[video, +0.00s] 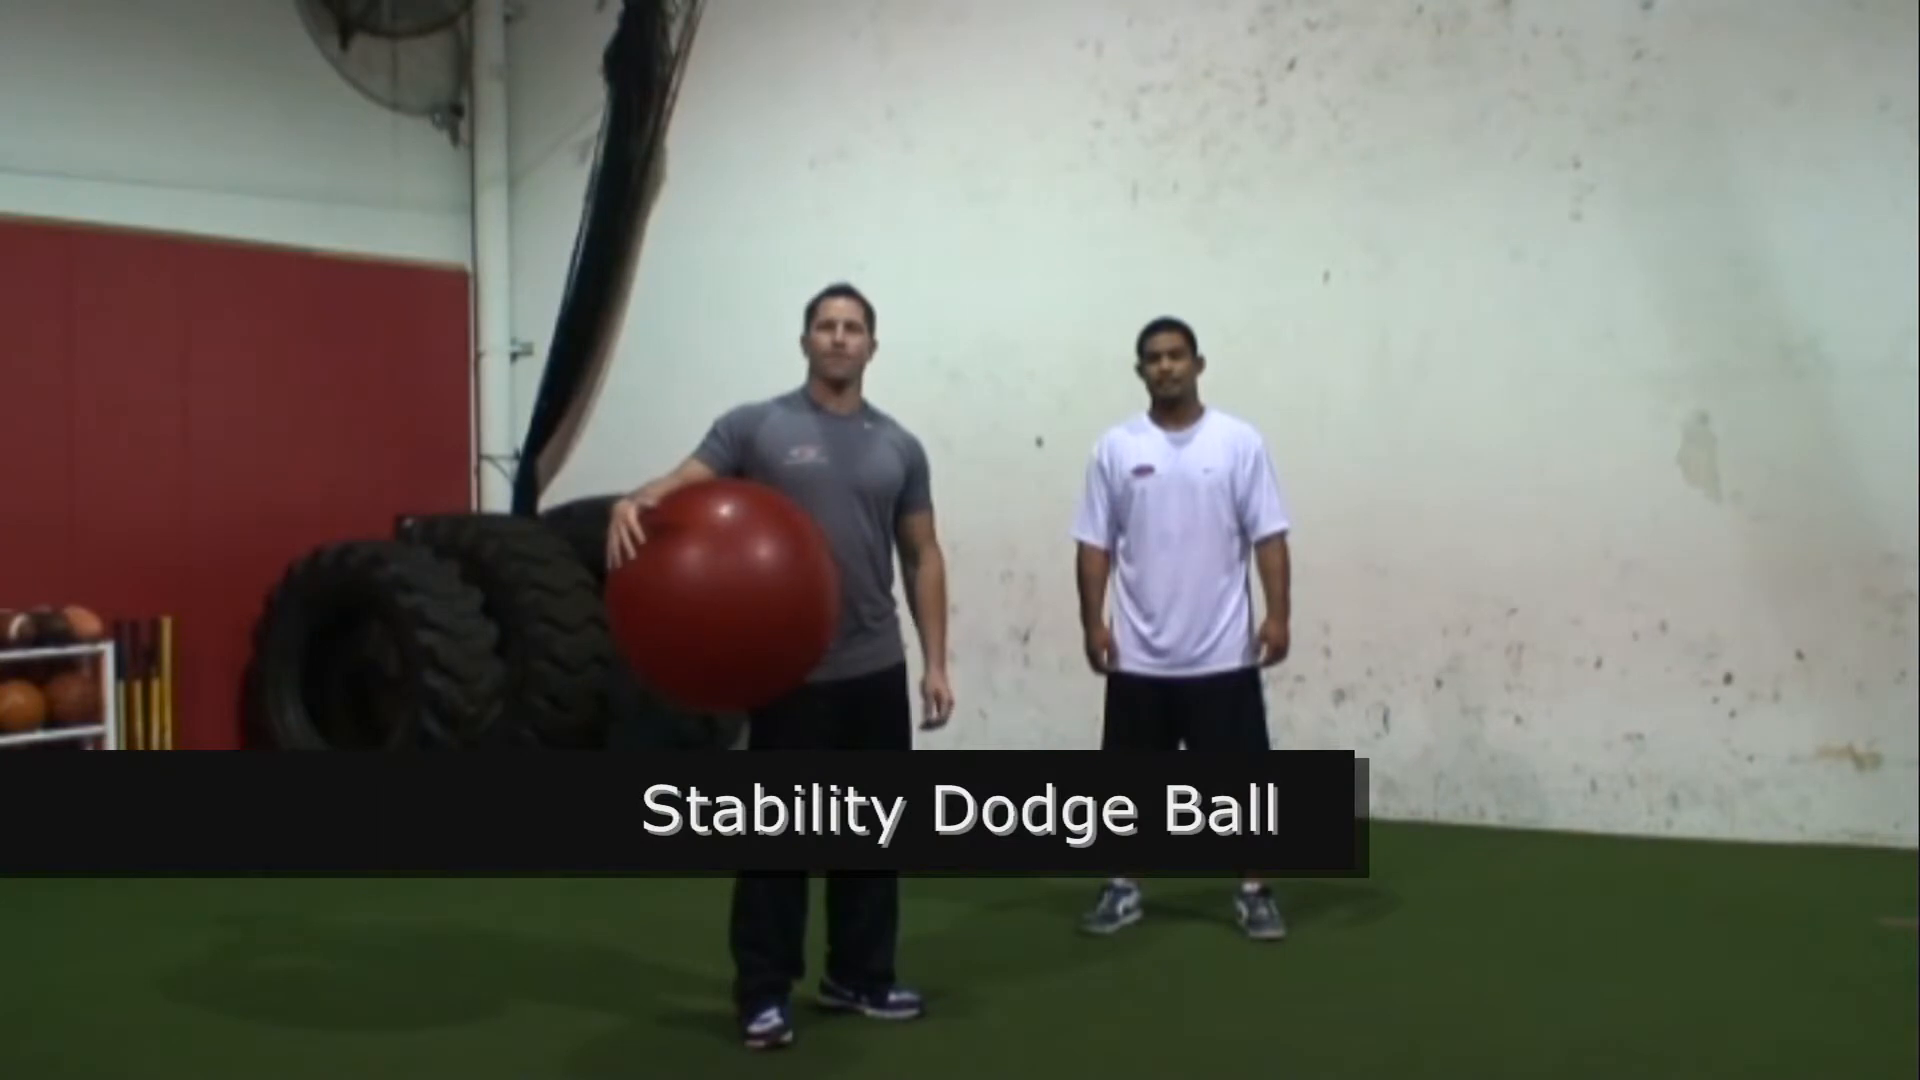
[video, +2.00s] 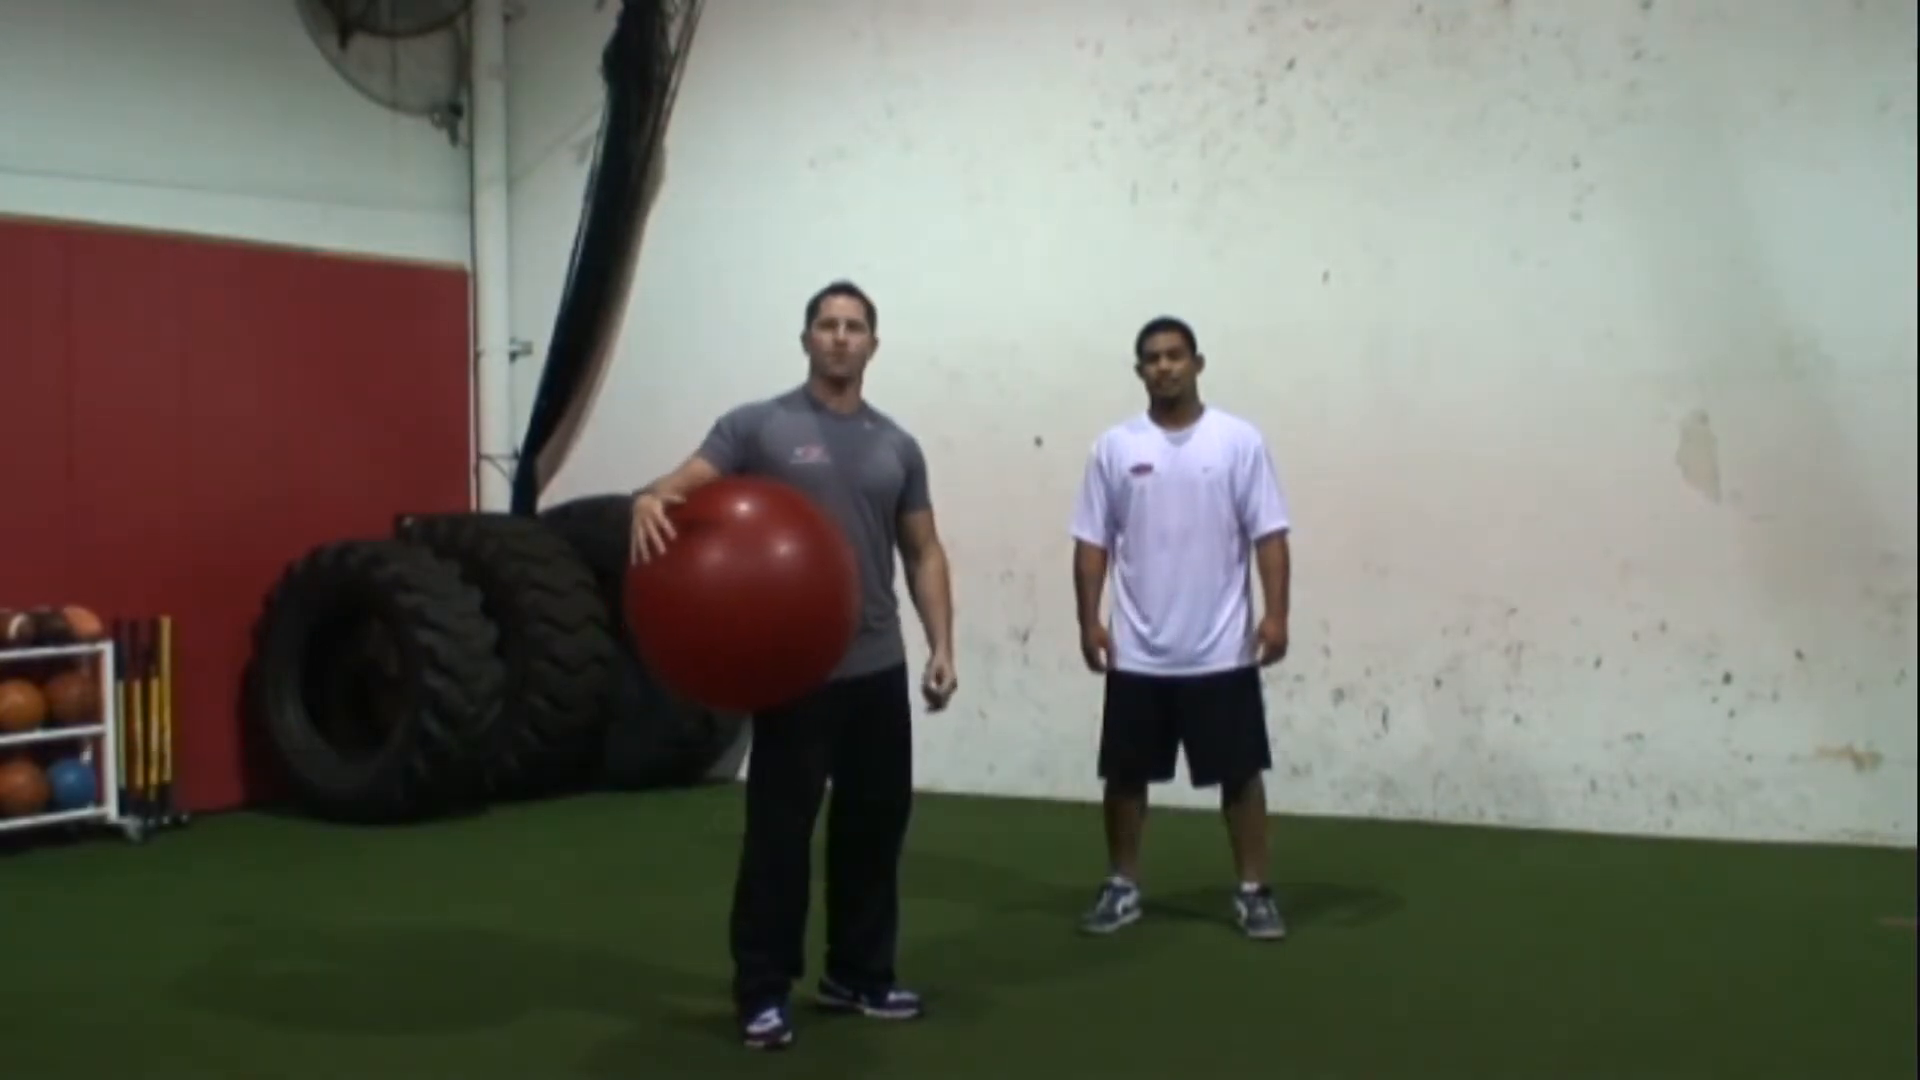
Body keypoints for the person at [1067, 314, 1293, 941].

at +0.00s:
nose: (1166, 366)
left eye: (1176, 356)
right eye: (1154, 358)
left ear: (1198, 364)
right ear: (1140, 371)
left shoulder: (1240, 442)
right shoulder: (1117, 447)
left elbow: (1269, 534)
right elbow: (1094, 541)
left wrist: (1278, 613)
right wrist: (1093, 622)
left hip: (1222, 648)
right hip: (1140, 649)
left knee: (1242, 777)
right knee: (1124, 778)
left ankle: (1253, 887)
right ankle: (1123, 884)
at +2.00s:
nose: (1163, 366)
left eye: (1174, 356)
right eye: (1152, 359)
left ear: (1198, 364)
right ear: (1139, 371)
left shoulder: (1240, 442)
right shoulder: (1115, 448)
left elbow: (1269, 533)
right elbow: (1092, 539)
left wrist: (1276, 613)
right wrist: (1090, 620)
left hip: (1221, 645)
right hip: (1138, 646)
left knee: (1242, 777)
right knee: (1123, 778)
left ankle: (1254, 889)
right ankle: (1122, 884)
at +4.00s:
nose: (1163, 367)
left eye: (1174, 357)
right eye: (1152, 359)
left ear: (1198, 365)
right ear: (1139, 372)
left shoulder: (1239, 442)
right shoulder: (1116, 448)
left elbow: (1269, 533)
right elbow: (1092, 540)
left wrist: (1277, 613)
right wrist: (1090, 621)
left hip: (1220, 644)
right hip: (1138, 645)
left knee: (1242, 776)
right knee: (1123, 777)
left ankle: (1254, 889)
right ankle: (1122, 884)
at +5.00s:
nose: (1178, 367)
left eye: (1187, 357)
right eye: (1164, 359)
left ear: (1204, 366)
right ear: (1145, 372)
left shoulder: (1245, 442)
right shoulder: (1119, 449)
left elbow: (1277, 524)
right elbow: (1095, 539)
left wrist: (1230, 548)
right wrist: (1094, 620)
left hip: (1222, 646)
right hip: (1141, 647)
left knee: (1242, 776)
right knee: (1125, 777)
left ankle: (1254, 888)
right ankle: (1122, 884)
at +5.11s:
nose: (1189, 369)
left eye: (1197, 359)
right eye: (1175, 361)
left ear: (1210, 367)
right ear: (1151, 373)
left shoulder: (1242, 440)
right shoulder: (1121, 448)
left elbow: (1268, 522)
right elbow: (1095, 539)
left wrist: (1197, 486)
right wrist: (1094, 620)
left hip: (1222, 644)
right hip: (1141, 645)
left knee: (1243, 777)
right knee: (1125, 777)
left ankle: (1254, 888)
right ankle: (1122, 883)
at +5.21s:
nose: (1196, 371)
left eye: (1202, 360)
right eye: (1182, 363)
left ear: (1214, 366)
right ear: (1156, 373)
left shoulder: (1238, 438)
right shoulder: (1122, 447)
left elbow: (1251, 508)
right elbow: (1096, 538)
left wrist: (1184, 449)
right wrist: (1097, 619)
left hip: (1222, 645)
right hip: (1141, 645)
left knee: (1243, 778)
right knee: (1126, 777)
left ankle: (1254, 888)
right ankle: (1122, 883)